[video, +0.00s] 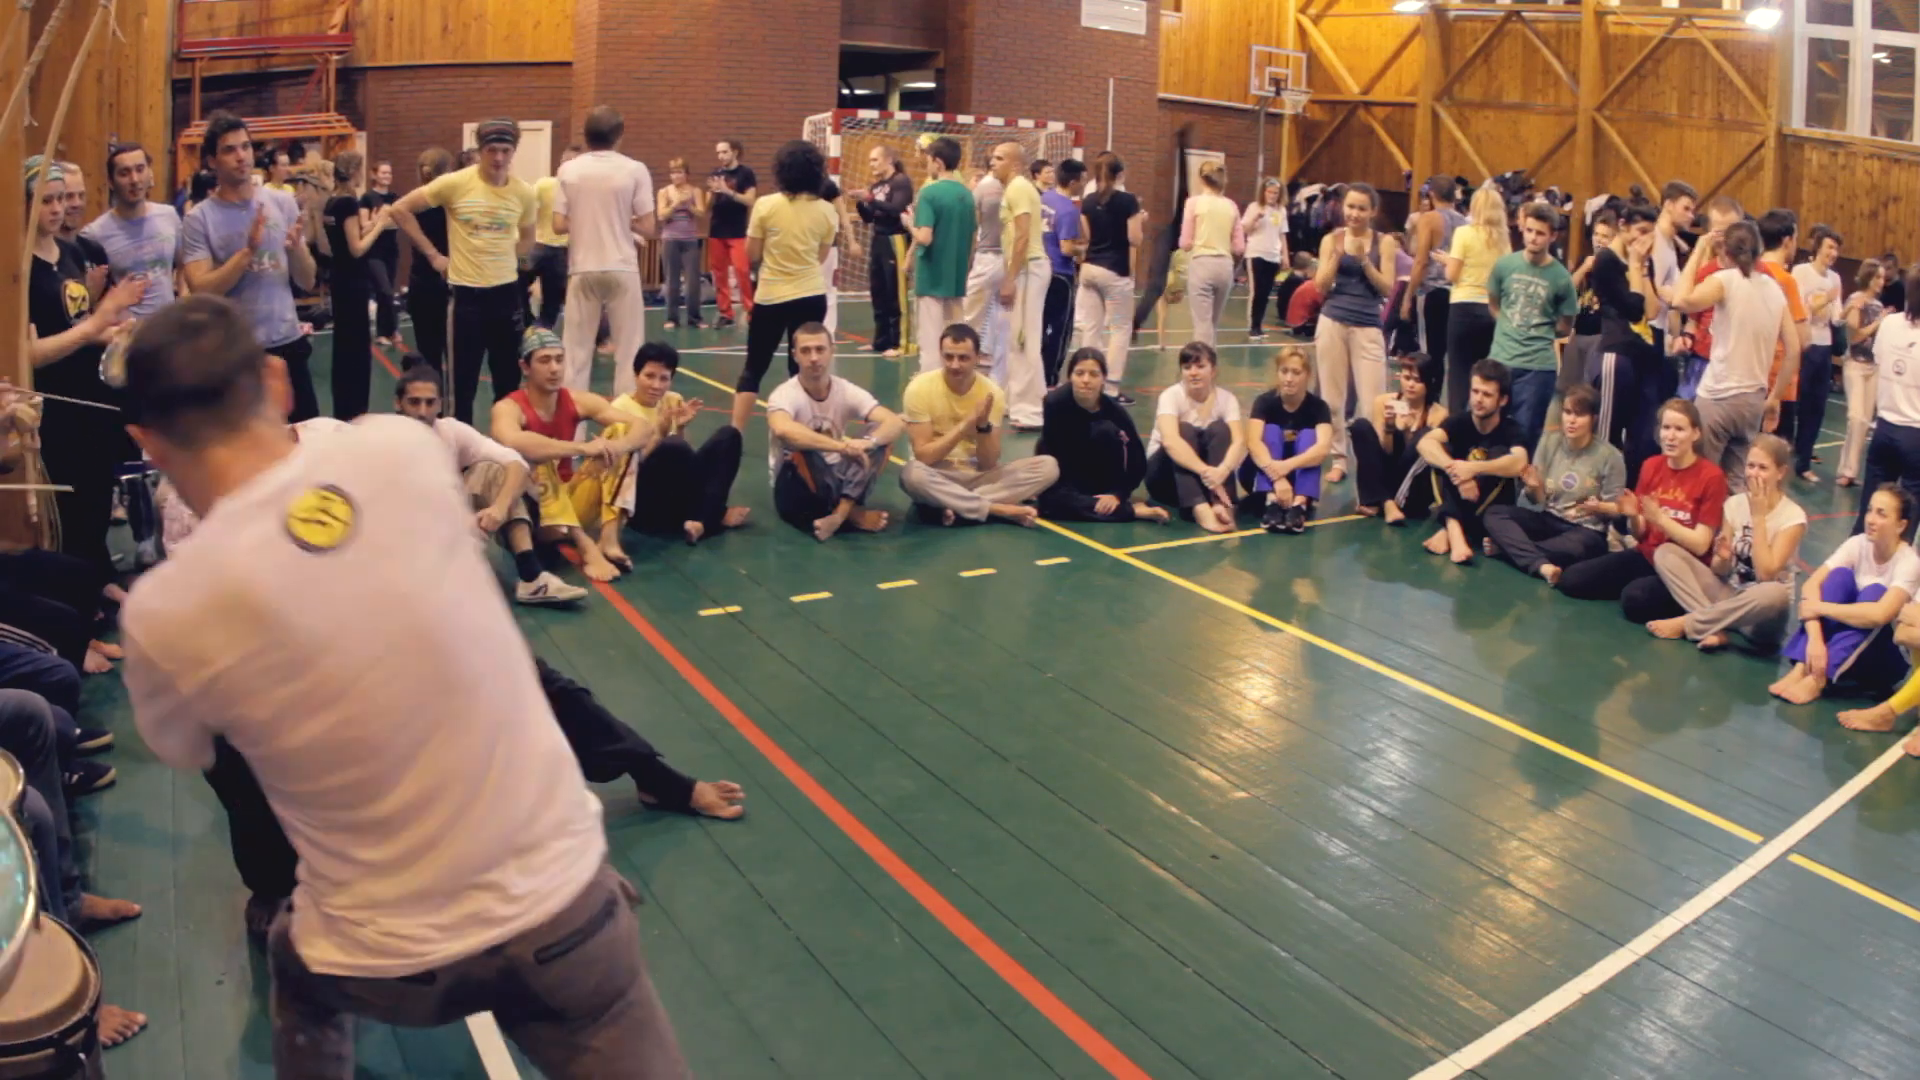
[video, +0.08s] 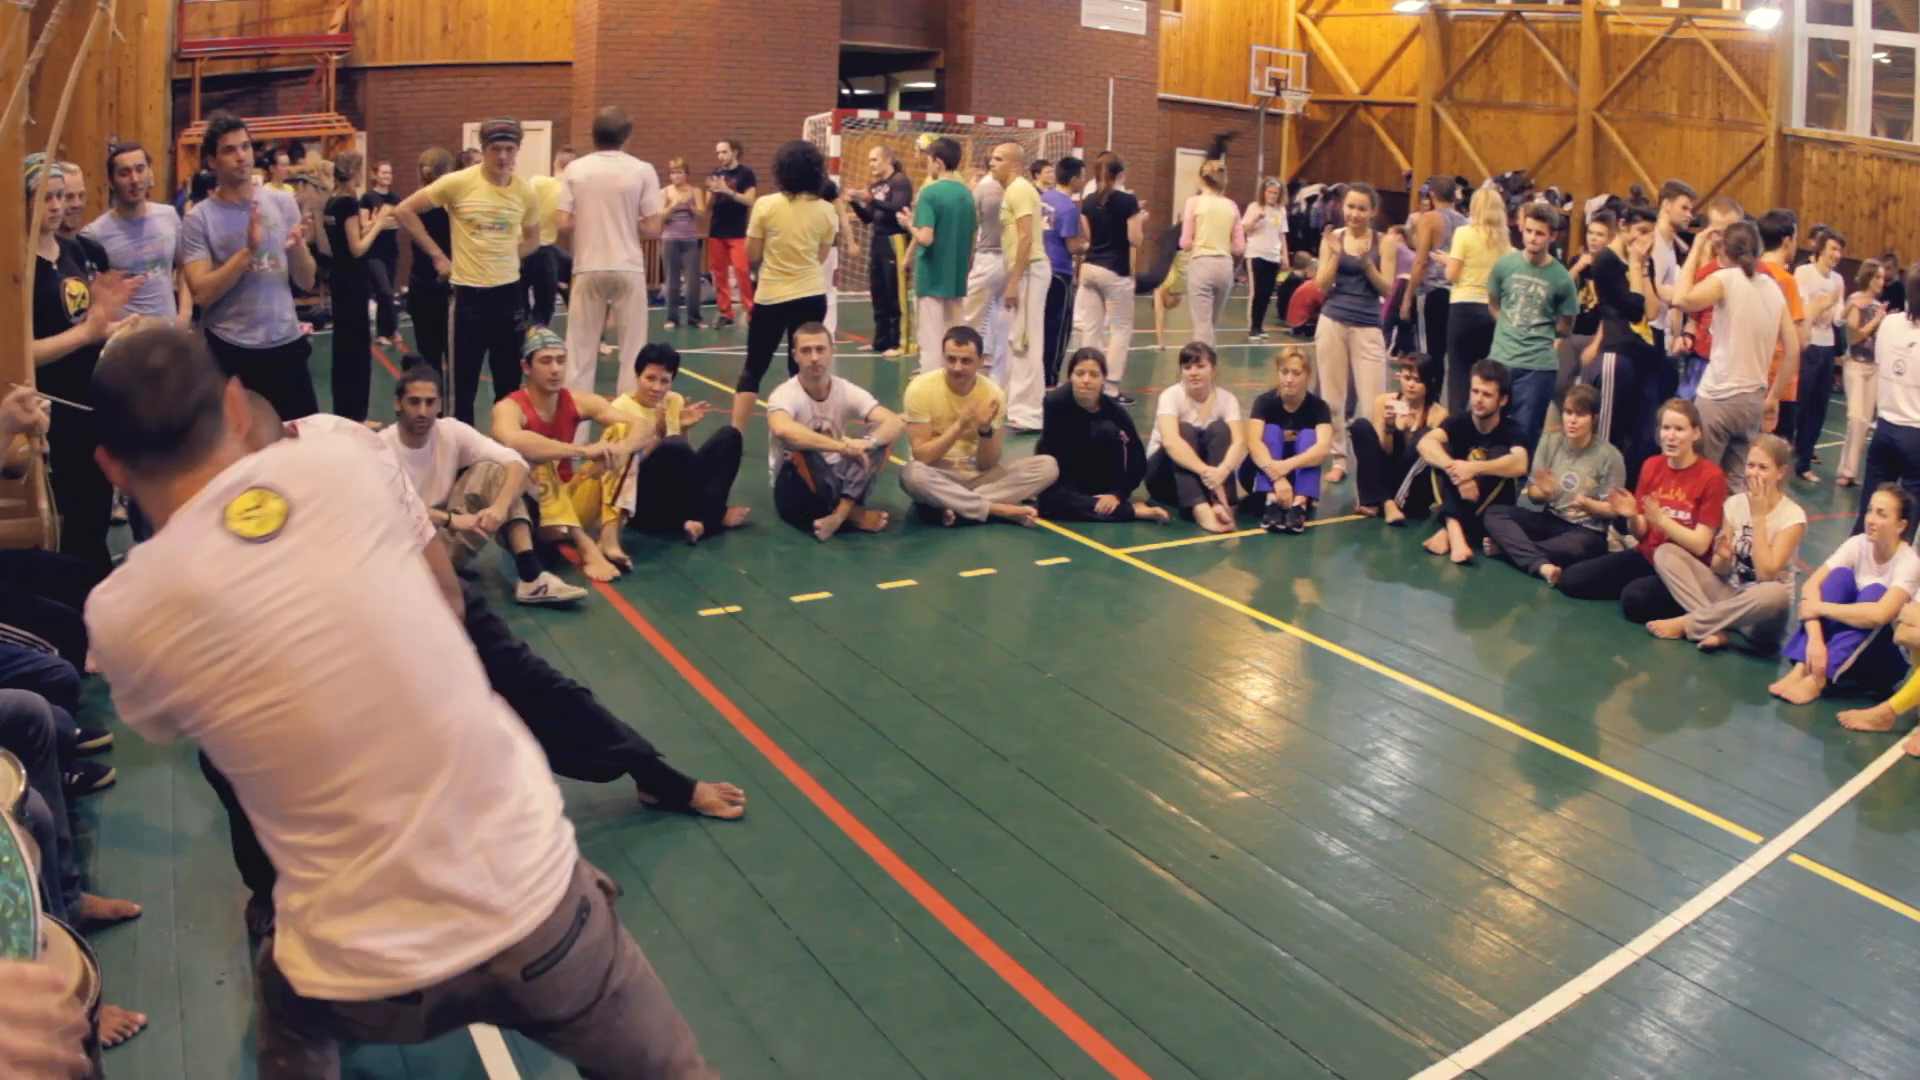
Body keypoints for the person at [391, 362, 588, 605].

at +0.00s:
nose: (422, 411)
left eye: (430, 403)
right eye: (414, 402)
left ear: (440, 404)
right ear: (398, 404)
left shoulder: (451, 430)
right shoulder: (385, 437)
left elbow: (516, 463)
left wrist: (499, 509)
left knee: (494, 470)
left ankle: (531, 576)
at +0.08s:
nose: (422, 411)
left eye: (430, 402)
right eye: (414, 402)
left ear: (440, 405)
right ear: (398, 404)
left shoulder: (451, 431)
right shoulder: (381, 448)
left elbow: (517, 465)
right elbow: (394, 506)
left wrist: (500, 508)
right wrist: (452, 519)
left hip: (449, 538)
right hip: (405, 542)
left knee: (492, 471)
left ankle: (532, 577)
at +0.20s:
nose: (422, 412)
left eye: (429, 402)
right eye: (413, 402)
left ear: (439, 404)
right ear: (397, 404)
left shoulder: (451, 431)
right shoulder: (381, 448)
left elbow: (516, 465)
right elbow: (394, 504)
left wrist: (500, 509)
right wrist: (452, 520)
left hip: (449, 536)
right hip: (405, 540)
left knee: (492, 470)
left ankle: (531, 576)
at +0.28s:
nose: (422, 412)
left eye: (429, 403)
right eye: (413, 403)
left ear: (439, 405)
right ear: (398, 404)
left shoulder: (451, 431)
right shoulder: (380, 448)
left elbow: (517, 465)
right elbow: (396, 504)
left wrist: (500, 508)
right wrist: (452, 519)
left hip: (450, 536)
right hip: (405, 541)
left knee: (491, 470)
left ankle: (531, 576)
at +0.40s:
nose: (422, 412)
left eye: (429, 403)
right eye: (413, 403)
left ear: (439, 405)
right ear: (398, 404)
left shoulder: (451, 431)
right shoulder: (381, 448)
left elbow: (516, 465)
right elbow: (394, 504)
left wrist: (500, 508)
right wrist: (452, 519)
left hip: (450, 528)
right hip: (407, 534)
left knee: (493, 470)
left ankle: (531, 576)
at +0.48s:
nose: (422, 412)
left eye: (429, 403)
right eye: (413, 403)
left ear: (439, 404)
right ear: (397, 404)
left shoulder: (450, 431)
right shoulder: (380, 448)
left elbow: (516, 465)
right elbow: (390, 517)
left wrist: (499, 509)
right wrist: (454, 523)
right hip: (403, 536)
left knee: (493, 470)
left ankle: (532, 576)